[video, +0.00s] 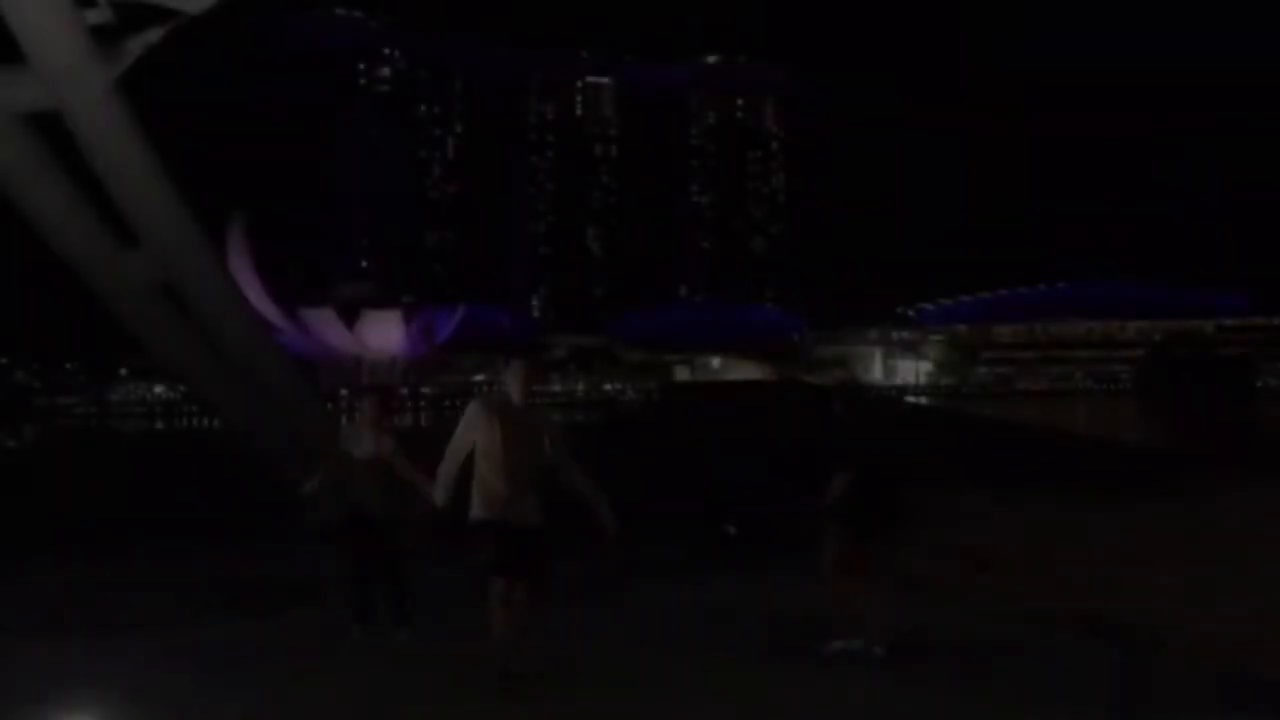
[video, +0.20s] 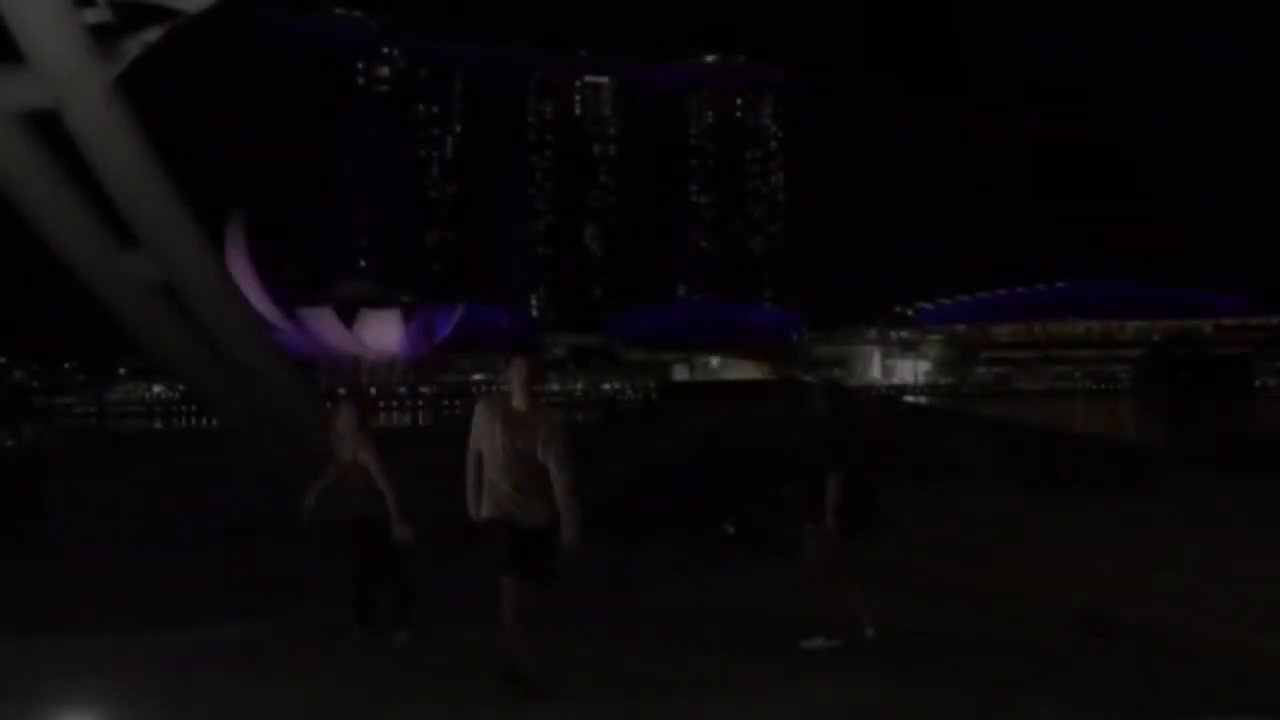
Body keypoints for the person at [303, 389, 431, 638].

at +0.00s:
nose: (368, 417)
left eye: (372, 412)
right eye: (363, 412)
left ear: (379, 414)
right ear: (357, 414)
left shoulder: (384, 441)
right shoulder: (347, 439)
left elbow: (404, 469)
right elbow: (332, 464)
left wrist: (427, 490)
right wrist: (316, 483)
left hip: (384, 507)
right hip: (352, 507)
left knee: (389, 563)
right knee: (357, 565)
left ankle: (397, 616)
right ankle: (360, 617)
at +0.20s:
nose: (343, 428)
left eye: (348, 422)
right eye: (340, 422)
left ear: (356, 425)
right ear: (334, 426)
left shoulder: (364, 454)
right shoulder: (340, 454)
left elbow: (385, 487)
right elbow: (329, 477)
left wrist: (395, 520)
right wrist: (312, 498)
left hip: (375, 523)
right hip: (351, 523)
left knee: (383, 573)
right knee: (358, 575)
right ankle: (361, 620)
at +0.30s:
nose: (334, 430)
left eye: (339, 424)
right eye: (332, 424)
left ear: (351, 426)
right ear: (328, 427)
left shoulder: (360, 454)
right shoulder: (337, 455)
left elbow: (370, 492)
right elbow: (331, 484)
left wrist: (373, 531)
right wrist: (311, 508)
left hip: (371, 519)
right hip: (351, 520)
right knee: (358, 571)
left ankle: (399, 622)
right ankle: (362, 620)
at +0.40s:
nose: (328, 425)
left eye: (334, 419)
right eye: (326, 420)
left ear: (347, 421)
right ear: (325, 423)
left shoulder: (359, 446)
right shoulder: (331, 448)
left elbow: (356, 489)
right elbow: (334, 489)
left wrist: (352, 526)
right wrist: (314, 515)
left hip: (381, 514)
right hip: (358, 514)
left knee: (389, 570)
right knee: (359, 570)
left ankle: (401, 622)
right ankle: (363, 620)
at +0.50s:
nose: (329, 424)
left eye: (334, 417)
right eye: (327, 418)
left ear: (347, 419)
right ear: (324, 421)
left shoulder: (360, 441)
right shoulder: (330, 448)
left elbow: (356, 479)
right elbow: (335, 482)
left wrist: (343, 513)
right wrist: (325, 504)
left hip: (379, 510)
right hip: (355, 509)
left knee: (384, 568)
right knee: (359, 569)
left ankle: (397, 622)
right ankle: (361, 619)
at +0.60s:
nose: (332, 423)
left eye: (336, 416)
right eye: (328, 417)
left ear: (349, 418)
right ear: (324, 421)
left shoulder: (364, 440)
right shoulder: (330, 450)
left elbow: (364, 476)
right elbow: (331, 485)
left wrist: (348, 505)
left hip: (378, 512)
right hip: (352, 514)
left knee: (383, 570)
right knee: (357, 571)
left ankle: (392, 623)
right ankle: (360, 623)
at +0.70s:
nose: (337, 421)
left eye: (341, 414)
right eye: (332, 415)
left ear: (352, 415)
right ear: (328, 419)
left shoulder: (369, 440)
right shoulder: (328, 450)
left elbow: (378, 475)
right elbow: (325, 488)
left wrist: (359, 510)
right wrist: (341, 472)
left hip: (376, 511)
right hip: (347, 514)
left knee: (384, 568)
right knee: (354, 571)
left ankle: (392, 622)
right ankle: (359, 622)